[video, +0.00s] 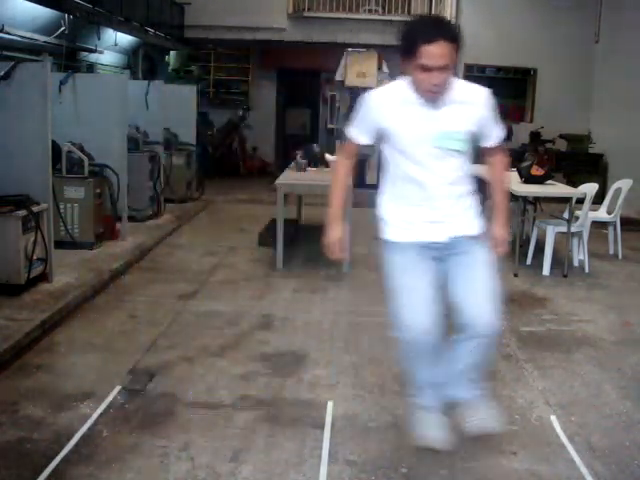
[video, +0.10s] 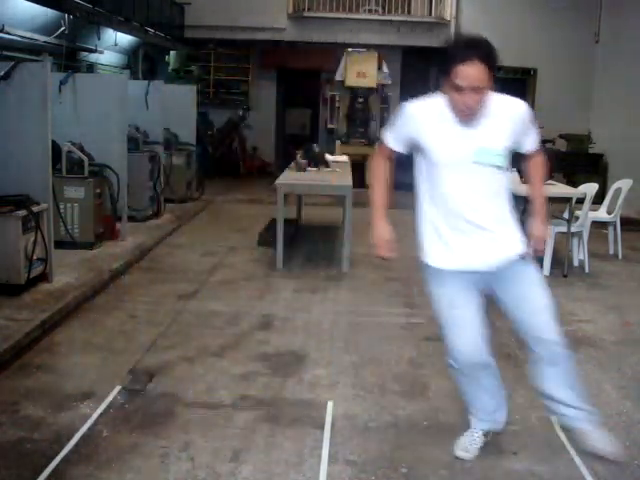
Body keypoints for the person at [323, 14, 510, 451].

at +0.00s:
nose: (437, 78)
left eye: (445, 68)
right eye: (427, 68)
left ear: (456, 63)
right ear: (406, 64)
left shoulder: (477, 100)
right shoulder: (380, 103)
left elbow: (496, 156)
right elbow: (347, 154)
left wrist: (499, 220)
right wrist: (335, 220)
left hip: (465, 235)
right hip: (405, 239)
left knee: (483, 321)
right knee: (419, 329)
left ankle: (464, 392)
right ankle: (427, 405)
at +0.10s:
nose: (469, 99)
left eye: (478, 89)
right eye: (459, 89)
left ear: (490, 84)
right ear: (444, 83)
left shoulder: (513, 113)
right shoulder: (416, 116)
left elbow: (534, 155)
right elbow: (381, 155)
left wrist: (539, 216)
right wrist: (380, 222)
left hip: (506, 255)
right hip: (447, 262)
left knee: (547, 337)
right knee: (466, 353)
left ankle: (578, 420)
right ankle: (487, 419)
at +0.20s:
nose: (495, 130)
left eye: (504, 120)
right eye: (487, 120)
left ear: (523, 115)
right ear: (476, 116)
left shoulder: (550, 143)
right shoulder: (453, 150)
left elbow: (568, 191)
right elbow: (425, 192)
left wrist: (578, 247)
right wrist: (416, 256)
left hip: (543, 280)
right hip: (481, 282)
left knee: (584, 360)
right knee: (474, 367)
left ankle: (613, 432)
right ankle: (484, 421)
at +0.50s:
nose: (463, 86)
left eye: (472, 76)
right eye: (457, 76)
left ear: (501, 70)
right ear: (449, 70)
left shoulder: (531, 113)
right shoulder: (434, 105)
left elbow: (552, 168)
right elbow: (409, 149)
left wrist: (556, 235)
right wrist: (411, 211)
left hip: (510, 252)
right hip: (449, 251)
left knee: (540, 339)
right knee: (457, 341)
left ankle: (568, 418)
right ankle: (469, 417)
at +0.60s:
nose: (436, 74)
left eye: (446, 64)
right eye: (432, 64)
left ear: (477, 60)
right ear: (426, 61)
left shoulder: (511, 105)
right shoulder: (412, 94)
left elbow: (532, 161)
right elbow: (391, 137)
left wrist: (525, 229)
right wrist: (386, 198)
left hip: (480, 240)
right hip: (421, 236)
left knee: (471, 331)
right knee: (424, 328)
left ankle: (473, 403)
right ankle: (441, 404)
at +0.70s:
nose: (410, 83)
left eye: (418, 73)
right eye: (406, 73)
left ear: (451, 70)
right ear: (402, 70)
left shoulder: (485, 121)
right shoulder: (391, 106)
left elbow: (499, 190)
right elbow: (373, 157)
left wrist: (491, 258)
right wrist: (364, 216)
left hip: (445, 255)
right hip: (387, 245)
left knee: (428, 346)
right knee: (370, 331)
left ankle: (419, 419)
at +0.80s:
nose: (379, 94)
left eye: (388, 85)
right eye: (376, 83)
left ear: (420, 86)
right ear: (372, 81)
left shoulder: (449, 138)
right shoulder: (361, 116)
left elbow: (457, 215)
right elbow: (345, 179)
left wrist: (455, 286)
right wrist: (329, 236)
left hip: (416, 268)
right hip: (353, 257)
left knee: (433, 359)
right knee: (309, 328)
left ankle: (423, 420)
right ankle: (295, 402)